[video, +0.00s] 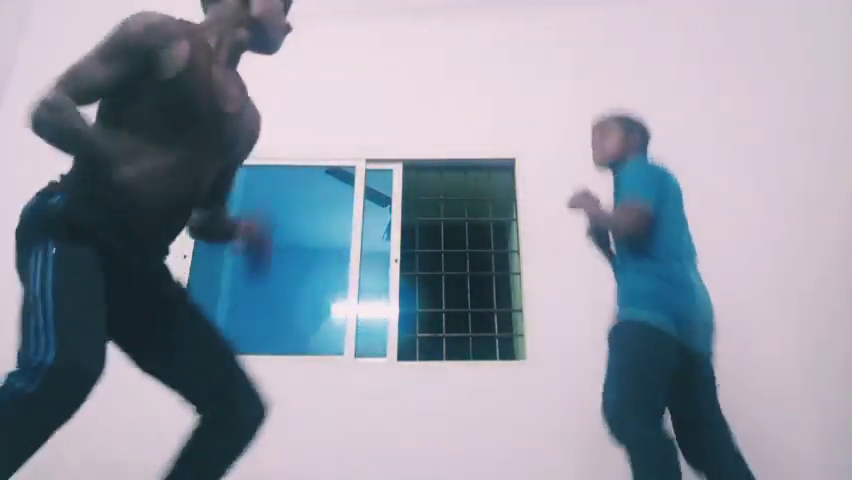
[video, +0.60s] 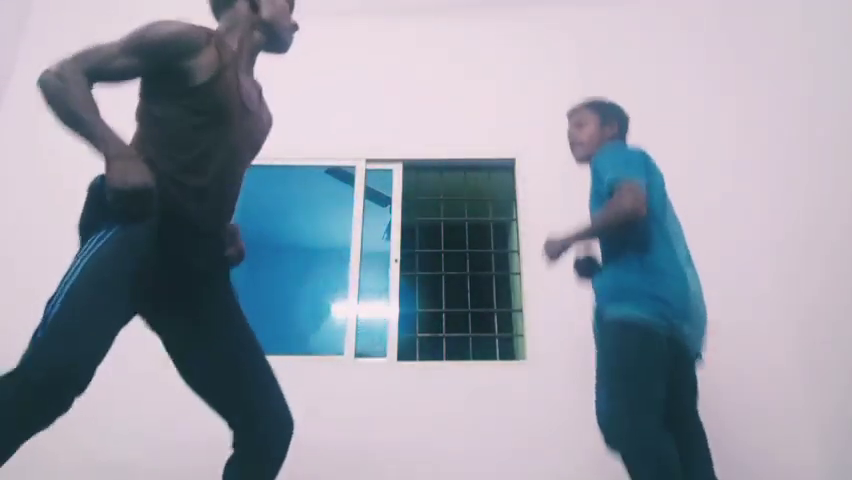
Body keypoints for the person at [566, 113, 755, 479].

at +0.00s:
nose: (596, 142)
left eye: (605, 134)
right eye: (596, 136)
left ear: (631, 138)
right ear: (635, 144)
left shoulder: (639, 171)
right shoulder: (659, 183)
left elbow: (634, 222)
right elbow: (638, 271)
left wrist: (596, 210)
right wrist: (603, 241)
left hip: (651, 310)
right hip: (690, 315)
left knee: (630, 414)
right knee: (703, 431)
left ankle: (661, 473)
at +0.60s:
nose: (571, 135)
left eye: (580, 125)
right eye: (570, 129)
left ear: (609, 127)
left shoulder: (616, 153)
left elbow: (631, 203)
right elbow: (651, 261)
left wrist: (569, 236)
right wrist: (601, 271)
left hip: (638, 304)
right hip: (677, 311)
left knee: (627, 419)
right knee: (678, 420)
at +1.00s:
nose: (547, 133)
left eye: (555, 122)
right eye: (545, 127)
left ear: (586, 122)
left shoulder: (590, 147)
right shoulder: (628, 163)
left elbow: (622, 193)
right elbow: (652, 252)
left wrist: (563, 261)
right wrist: (603, 287)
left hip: (634, 305)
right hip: (679, 309)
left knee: (638, 427)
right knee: (675, 429)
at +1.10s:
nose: (541, 153)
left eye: (548, 142)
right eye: (538, 147)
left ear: (579, 139)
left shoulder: (583, 165)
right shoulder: (628, 186)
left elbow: (600, 225)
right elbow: (651, 263)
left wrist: (548, 307)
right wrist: (603, 304)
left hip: (632, 326)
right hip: (682, 334)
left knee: (643, 459)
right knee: (673, 460)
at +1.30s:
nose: (546, 212)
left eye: (551, 201)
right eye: (545, 204)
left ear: (580, 198)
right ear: (586, 201)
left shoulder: (580, 223)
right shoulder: (636, 240)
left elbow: (531, 263)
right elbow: (644, 329)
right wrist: (583, 332)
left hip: (633, 355)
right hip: (690, 364)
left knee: (580, 465)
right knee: (648, 471)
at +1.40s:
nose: (559, 203)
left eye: (565, 193)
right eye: (559, 195)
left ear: (594, 192)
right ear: (599, 195)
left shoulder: (586, 217)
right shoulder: (652, 238)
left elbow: (513, 219)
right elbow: (650, 301)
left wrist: (473, 214)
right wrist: (591, 311)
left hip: (615, 359)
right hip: (678, 372)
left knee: (560, 466)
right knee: (637, 474)